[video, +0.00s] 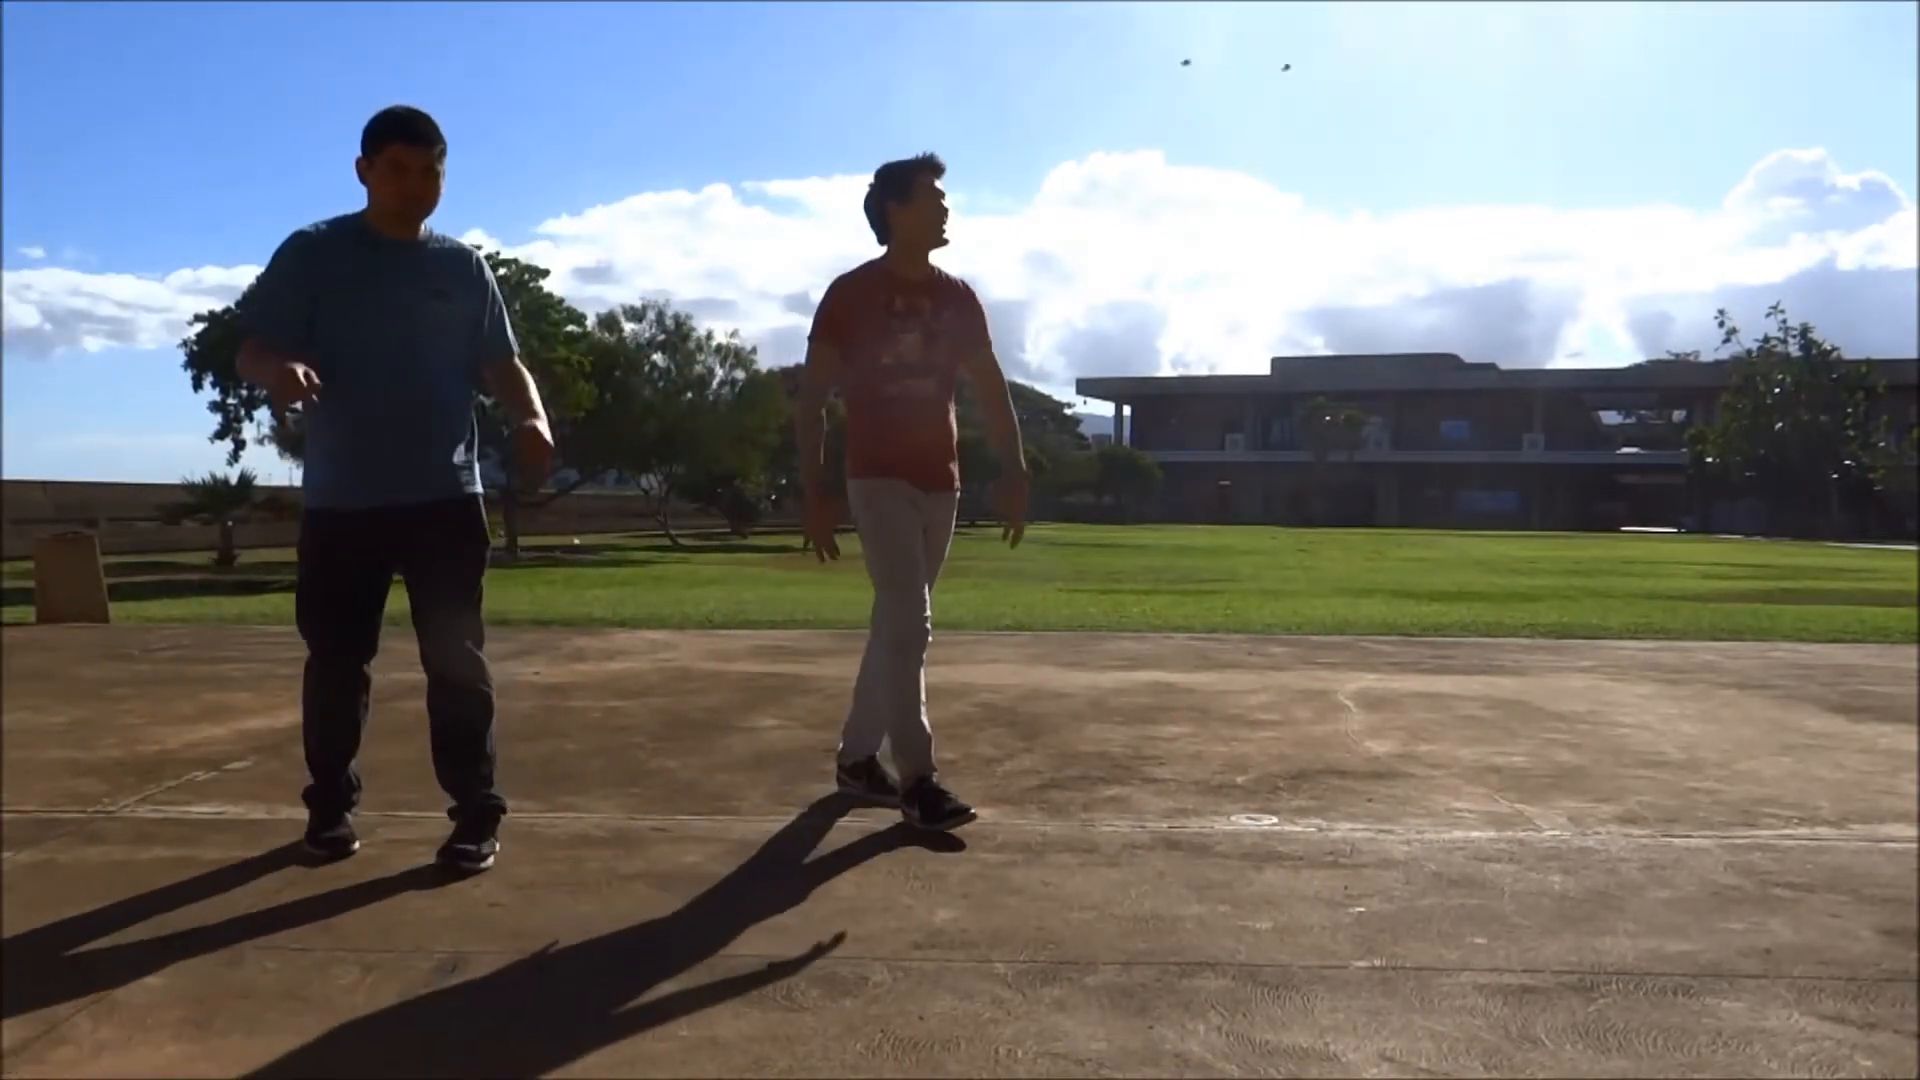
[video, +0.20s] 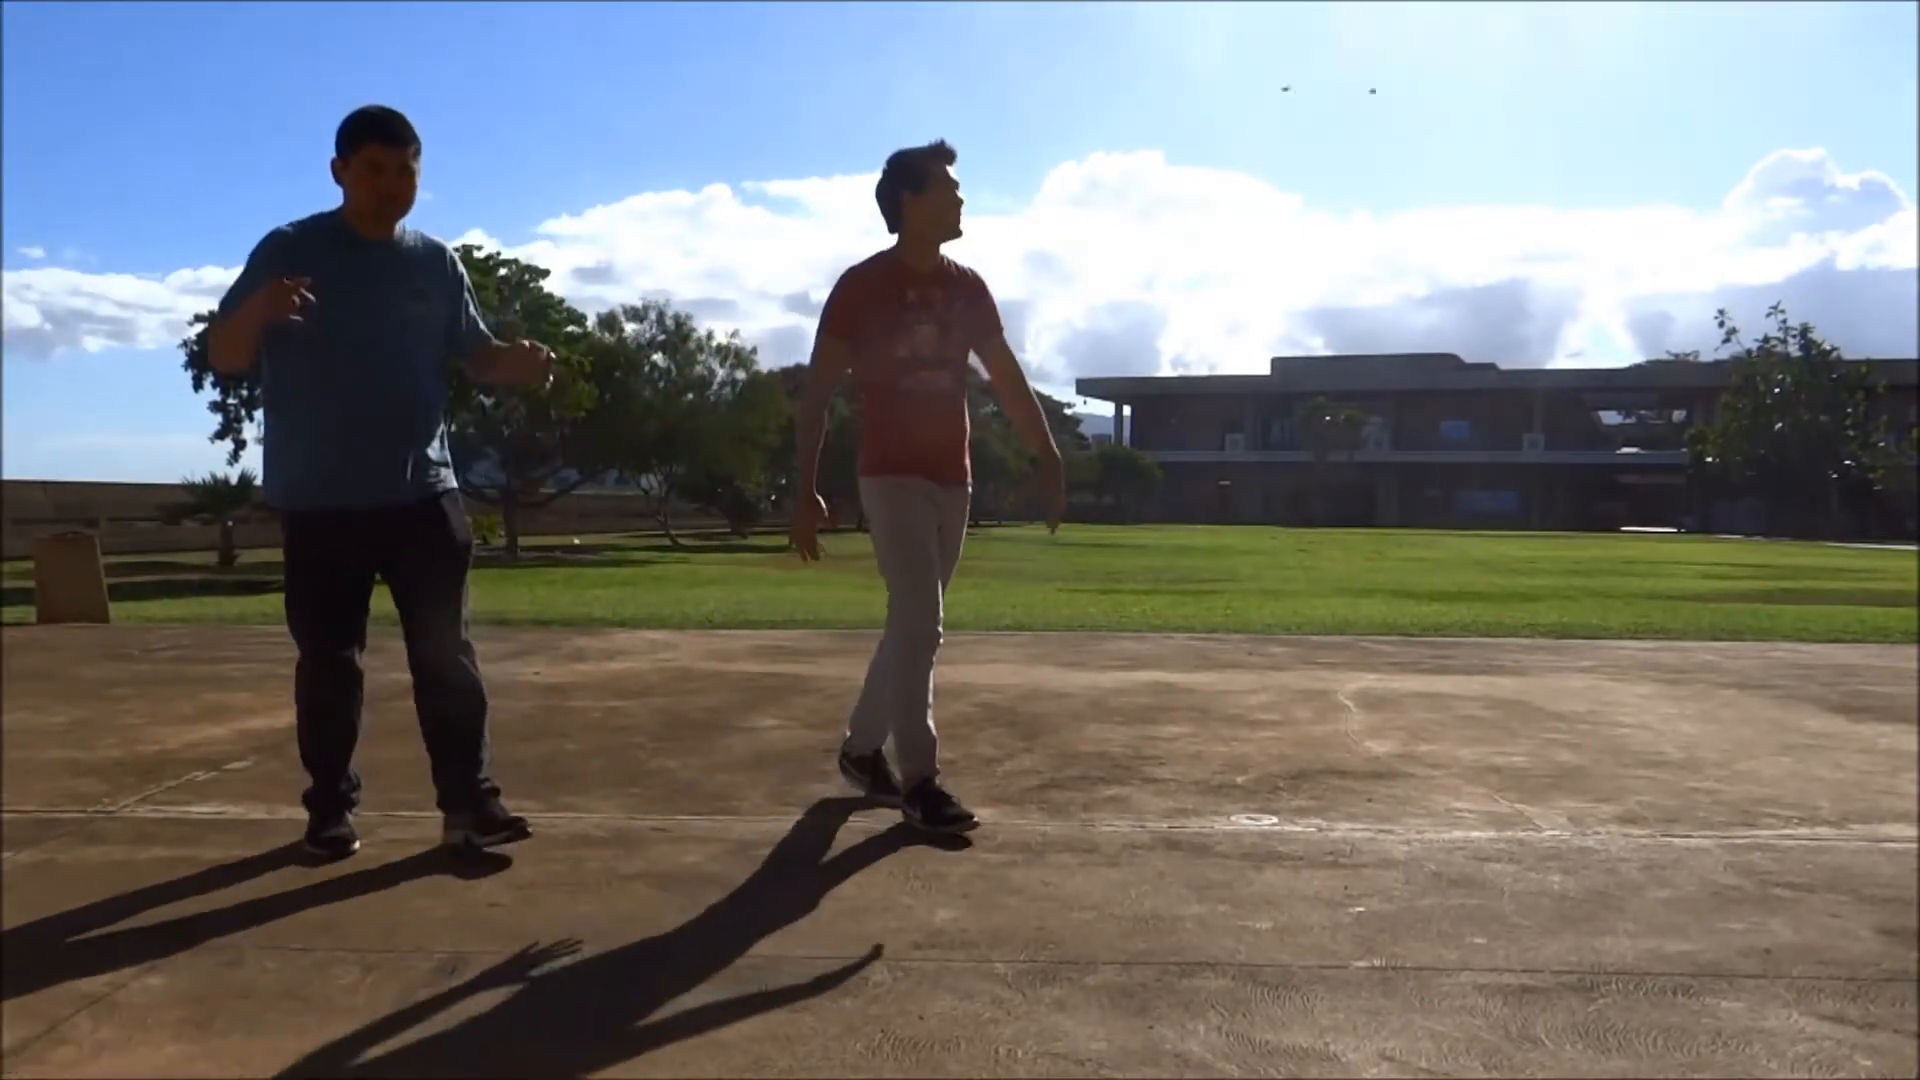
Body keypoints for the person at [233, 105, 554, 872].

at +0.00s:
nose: (426, 183)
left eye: (434, 169)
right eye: (410, 168)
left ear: (442, 176)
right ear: (368, 169)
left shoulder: (463, 266)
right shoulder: (311, 255)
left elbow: (502, 362)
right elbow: (251, 350)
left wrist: (533, 419)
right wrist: (274, 370)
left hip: (444, 493)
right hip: (344, 497)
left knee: (457, 658)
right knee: (334, 661)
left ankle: (477, 816)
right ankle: (329, 811)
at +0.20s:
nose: (399, 180)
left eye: (408, 166)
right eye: (383, 166)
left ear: (418, 173)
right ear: (343, 170)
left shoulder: (435, 263)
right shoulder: (285, 251)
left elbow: (476, 356)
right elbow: (225, 358)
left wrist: (519, 362)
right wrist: (255, 311)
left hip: (419, 488)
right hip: (319, 495)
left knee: (444, 650)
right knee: (327, 662)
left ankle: (469, 801)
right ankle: (330, 806)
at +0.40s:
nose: (395, 177)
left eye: (403, 165)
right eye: (378, 163)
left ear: (412, 175)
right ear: (337, 169)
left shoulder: (425, 263)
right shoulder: (286, 255)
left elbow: (479, 354)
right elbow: (217, 347)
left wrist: (517, 309)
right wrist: (250, 267)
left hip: (411, 486)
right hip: (315, 492)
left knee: (422, 653)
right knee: (324, 660)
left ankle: (413, 794)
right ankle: (329, 806)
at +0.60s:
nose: (402, 189)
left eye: (410, 177)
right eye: (386, 174)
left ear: (418, 183)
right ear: (345, 173)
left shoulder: (427, 265)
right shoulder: (290, 255)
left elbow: (488, 350)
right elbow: (222, 340)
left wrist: (512, 277)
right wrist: (255, 246)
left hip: (413, 488)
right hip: (319, 493)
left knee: (414, 652)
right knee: (327, 657)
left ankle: (389, 795)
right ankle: (330, 807)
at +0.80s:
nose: (421, 197)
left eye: (430, 185)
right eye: (407, 182)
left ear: (437, 188)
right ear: (365, 178)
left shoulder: (435, 266)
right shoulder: (308, 255)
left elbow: (493, 349)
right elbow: (238, 336)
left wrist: (513, 274)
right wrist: (280, 247)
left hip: (425, 482)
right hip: (333, 488)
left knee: (453, 637)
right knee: (336, 654)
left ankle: (449, 779)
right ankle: (331, 803)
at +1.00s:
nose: (454, 209)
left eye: (462, 196)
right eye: (440, 193)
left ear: (470, 200)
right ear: (401, 187)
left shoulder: (468, 273)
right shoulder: (341, 259)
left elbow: (521, 354)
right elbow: (270, 340)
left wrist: (538, 283)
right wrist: (311, 254)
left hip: (449, 490)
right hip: (360, 493)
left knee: (487, 636)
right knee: (349, 655)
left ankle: (518, 776)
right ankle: (333, 804)